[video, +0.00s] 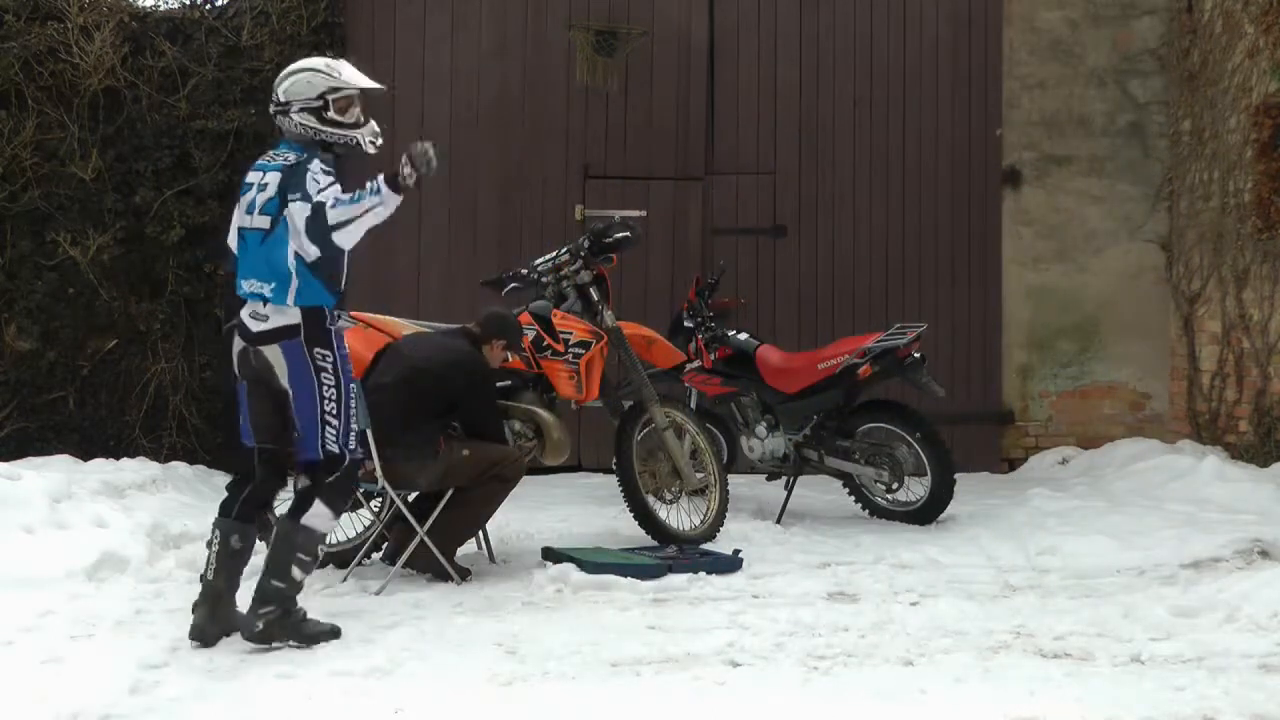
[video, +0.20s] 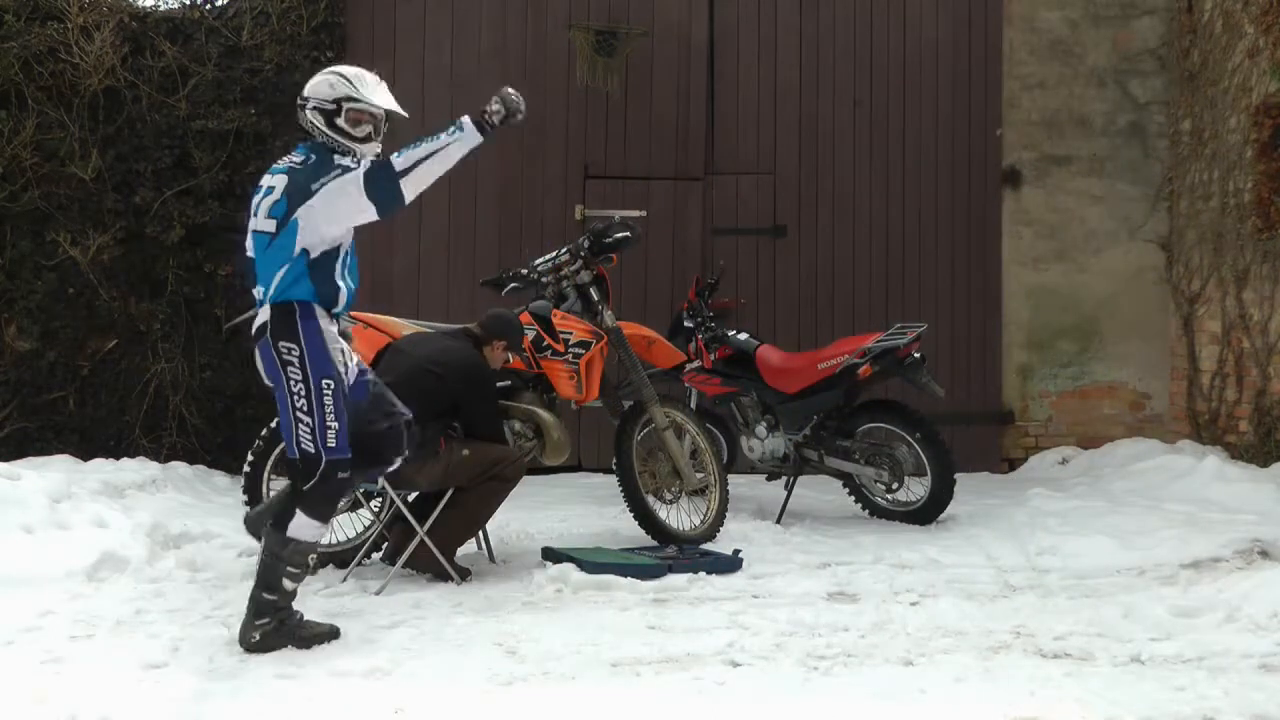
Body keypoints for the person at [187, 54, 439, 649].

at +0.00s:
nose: (355, 116)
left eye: (355, 105)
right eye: (343, 107)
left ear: (292, 117)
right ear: (308, 113)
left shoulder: (263, 169)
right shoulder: (311, 168)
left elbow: (241, 248)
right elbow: (324, 231)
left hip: (252, 334)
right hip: (300, 333)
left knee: (265, 468)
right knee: (339, 468)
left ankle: (214, 603)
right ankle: (274, 604)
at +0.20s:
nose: (371, 132)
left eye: (376, 122)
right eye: (360, 119)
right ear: (327, 117)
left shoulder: (289, 172)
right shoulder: (314, 174)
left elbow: (266, 256)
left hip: (311, 329)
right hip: (299, 331)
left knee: (389, 435)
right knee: (326, 471)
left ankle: (282, 515)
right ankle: (268, 616)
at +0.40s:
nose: (394, 105)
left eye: (395, 94)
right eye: (384, 92)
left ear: (350, 97)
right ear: (348, 95)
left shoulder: (351, 159)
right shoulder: (324, 158)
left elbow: (397, 233)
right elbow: (392, 227)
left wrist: (476, 260)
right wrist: (477, 260)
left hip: (352, 319)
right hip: (320, 320)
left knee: (399, 436)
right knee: (338, 459)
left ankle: (358, 586)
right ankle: (273, 604)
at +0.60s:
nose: (402, 115)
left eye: (401, 105)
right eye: (393, 104)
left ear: (363, 110)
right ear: (363, 109)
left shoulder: (385, 166)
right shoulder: (325, 181)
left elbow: (419, 122)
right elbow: (304, 272)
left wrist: (441, 60)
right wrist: (380, 313)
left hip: (376, 331)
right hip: (347, 334)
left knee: (396, 457)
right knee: (455, 437)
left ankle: (357, 597)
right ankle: (360, 520)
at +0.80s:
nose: (419, 100)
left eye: (416, 91)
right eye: (407, 91)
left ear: (386, 100)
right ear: (377, 98)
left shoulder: (414, 160)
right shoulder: (345, 164)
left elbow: (460, 167)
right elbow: (305, 203)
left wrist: (512, 151)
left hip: (407, 318)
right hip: (383, 320)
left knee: (404, 465)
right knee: (452, 453)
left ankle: (353, 598)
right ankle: (385, 597)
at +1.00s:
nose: (449, 108)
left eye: (446, 99)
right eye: (438, 100)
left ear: (420, 112)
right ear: (402, 109)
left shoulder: (416, 178)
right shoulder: (391, 167)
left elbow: (423, 268)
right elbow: (413, 92)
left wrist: (478, 290)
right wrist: (417, 23)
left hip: (427, 329)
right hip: (395, 327)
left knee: (501, 438)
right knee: (432, 466)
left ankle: (425, 541)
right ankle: (367, 612)